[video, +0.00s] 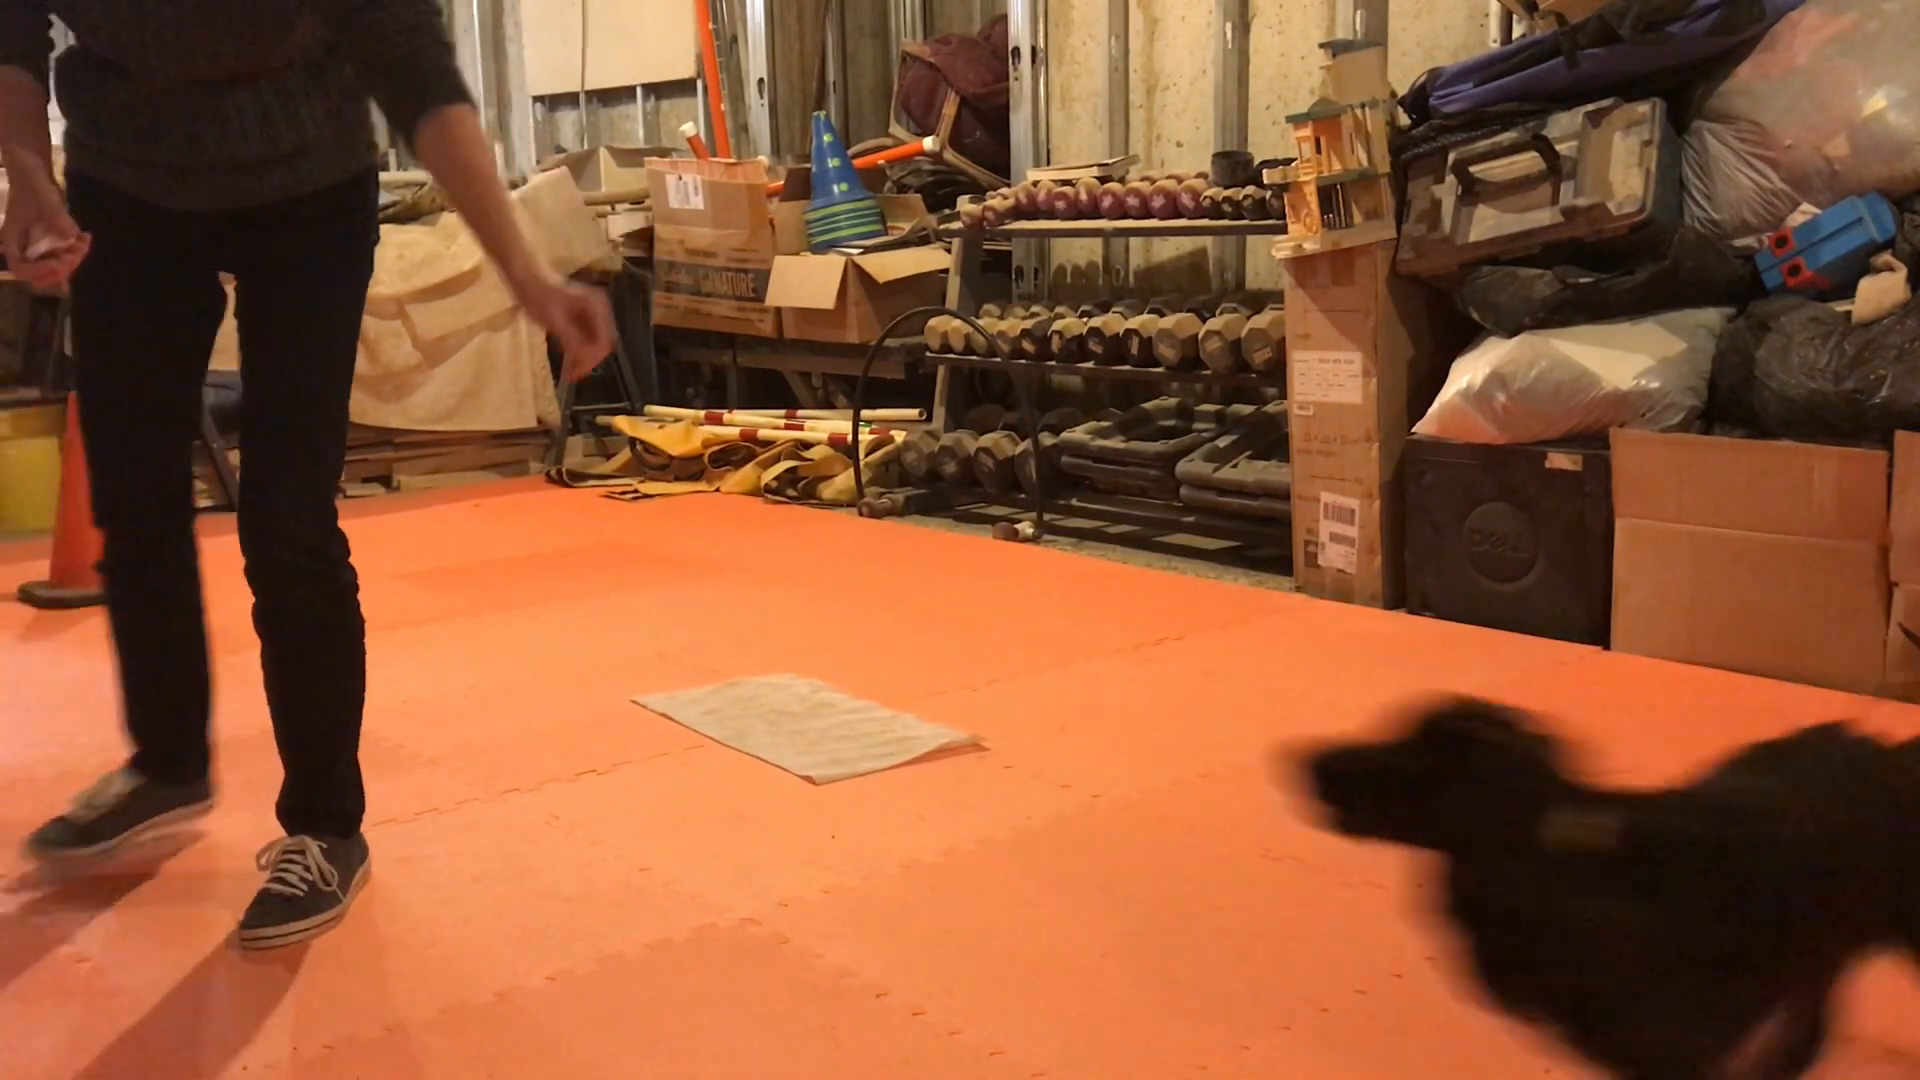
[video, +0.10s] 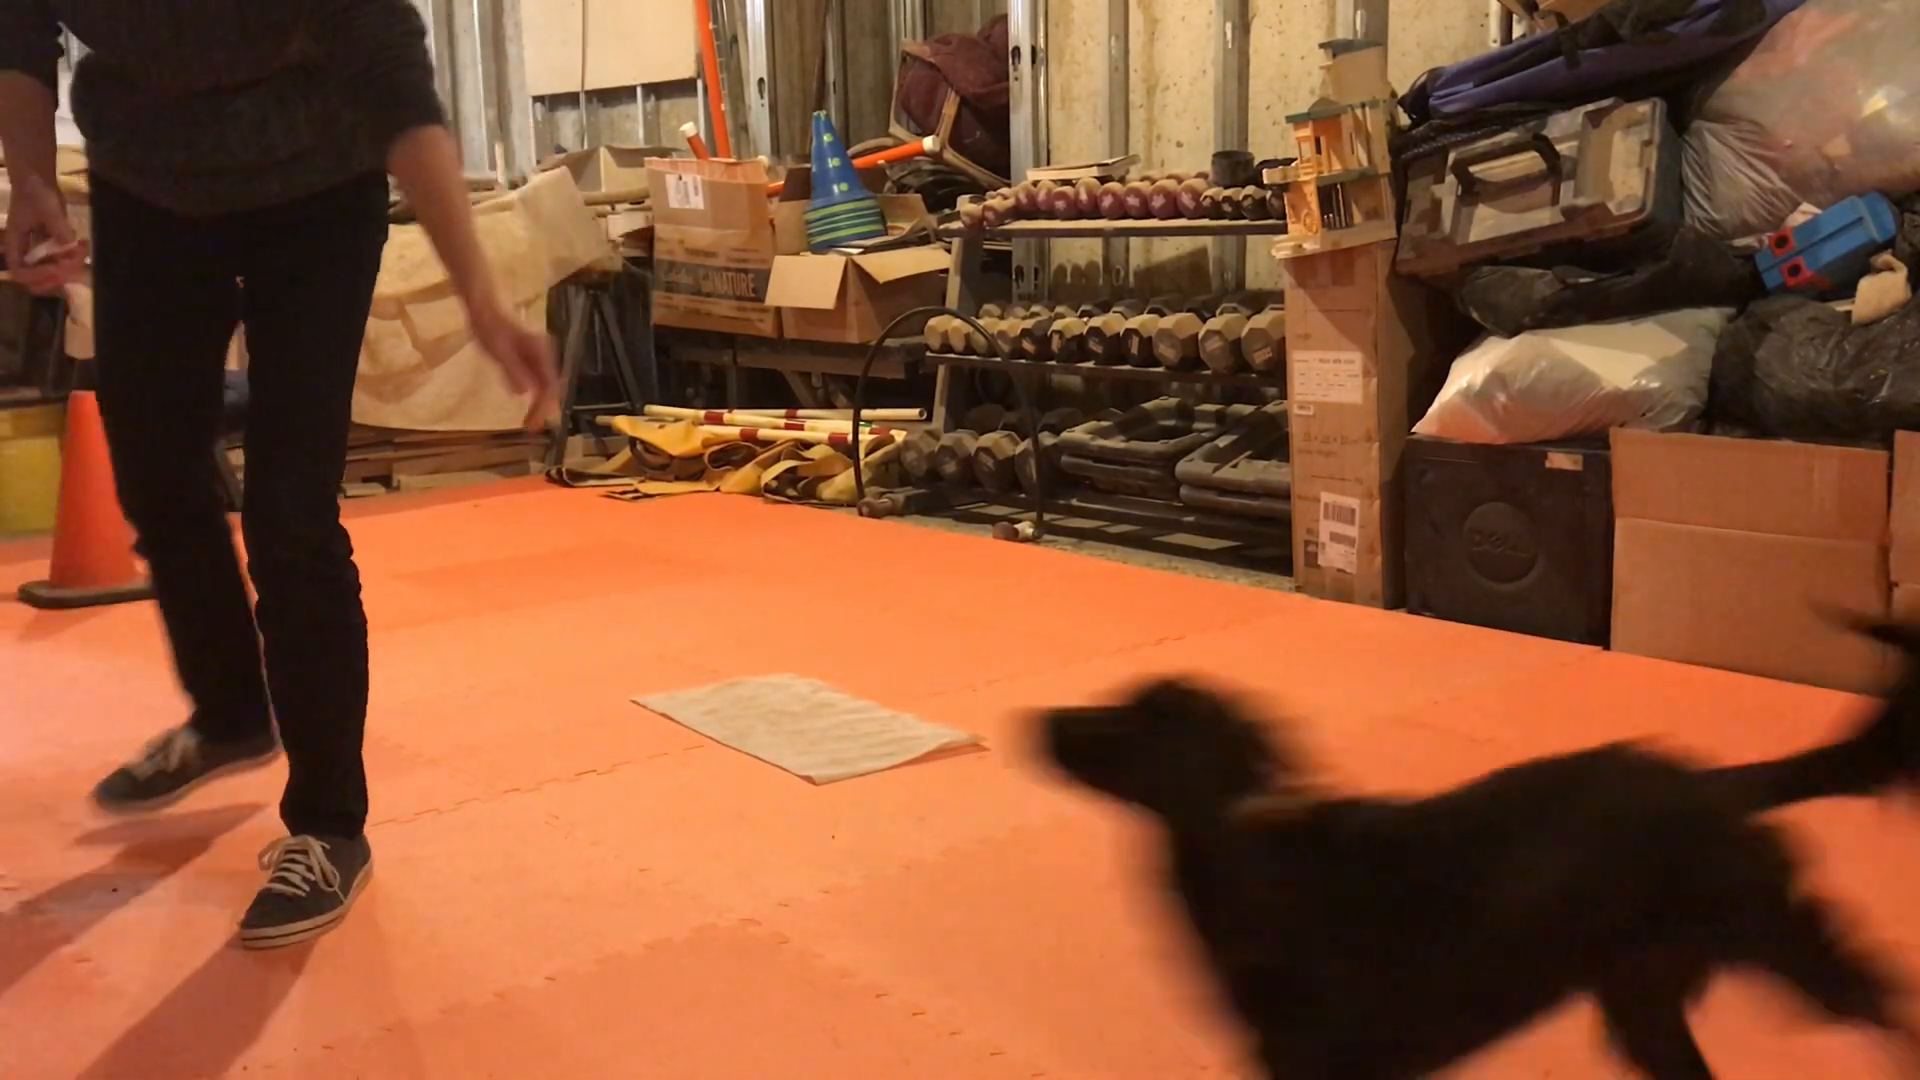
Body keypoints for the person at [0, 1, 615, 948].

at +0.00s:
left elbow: (418, 73)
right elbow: (18, 29)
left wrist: (529, 276)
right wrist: (27, 169)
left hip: (306, 173)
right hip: (129, 177)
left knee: (288, 527)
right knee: (137, 505)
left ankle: (323, 832)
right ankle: (170, 764)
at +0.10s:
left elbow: (397, 80)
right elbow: (24, 21)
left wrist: (487, 303)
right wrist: (30, 181)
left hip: (317, 170)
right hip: (149, 171)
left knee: (291, 516)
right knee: (158, 479)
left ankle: (329, 830)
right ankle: (233, 716)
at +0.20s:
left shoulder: (325, 14)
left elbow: (361, 97)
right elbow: (29, 34)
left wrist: (430, 316)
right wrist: (29, 185)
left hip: (317, 177)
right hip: (162, 179)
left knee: (291, 505)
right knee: (178, 470)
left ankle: (331, 828)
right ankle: (260, 691)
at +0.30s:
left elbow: (318, 106)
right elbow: (40, 52)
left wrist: (367, 336)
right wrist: (25, 173)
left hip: (314, 180)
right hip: (188, 190)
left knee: (282, 500)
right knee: (195, 469)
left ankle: (332, 828)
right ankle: (272, 695)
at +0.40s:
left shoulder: (249, 9)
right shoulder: (83, 4)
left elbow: (268, 111)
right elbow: (75, 46)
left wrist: (292, 333)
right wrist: (22, 167)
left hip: (320, 200)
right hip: (210, 208)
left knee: (274, 494)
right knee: (208, 476)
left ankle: (334, 826)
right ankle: (283, 725)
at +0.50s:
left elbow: (208, 99)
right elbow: (127, 47)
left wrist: (209, 342)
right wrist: (36, 165)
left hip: (303, 192)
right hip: (235, 196)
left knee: (249, 492)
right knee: (225, 479)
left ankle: (323, 812)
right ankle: (303, 759)